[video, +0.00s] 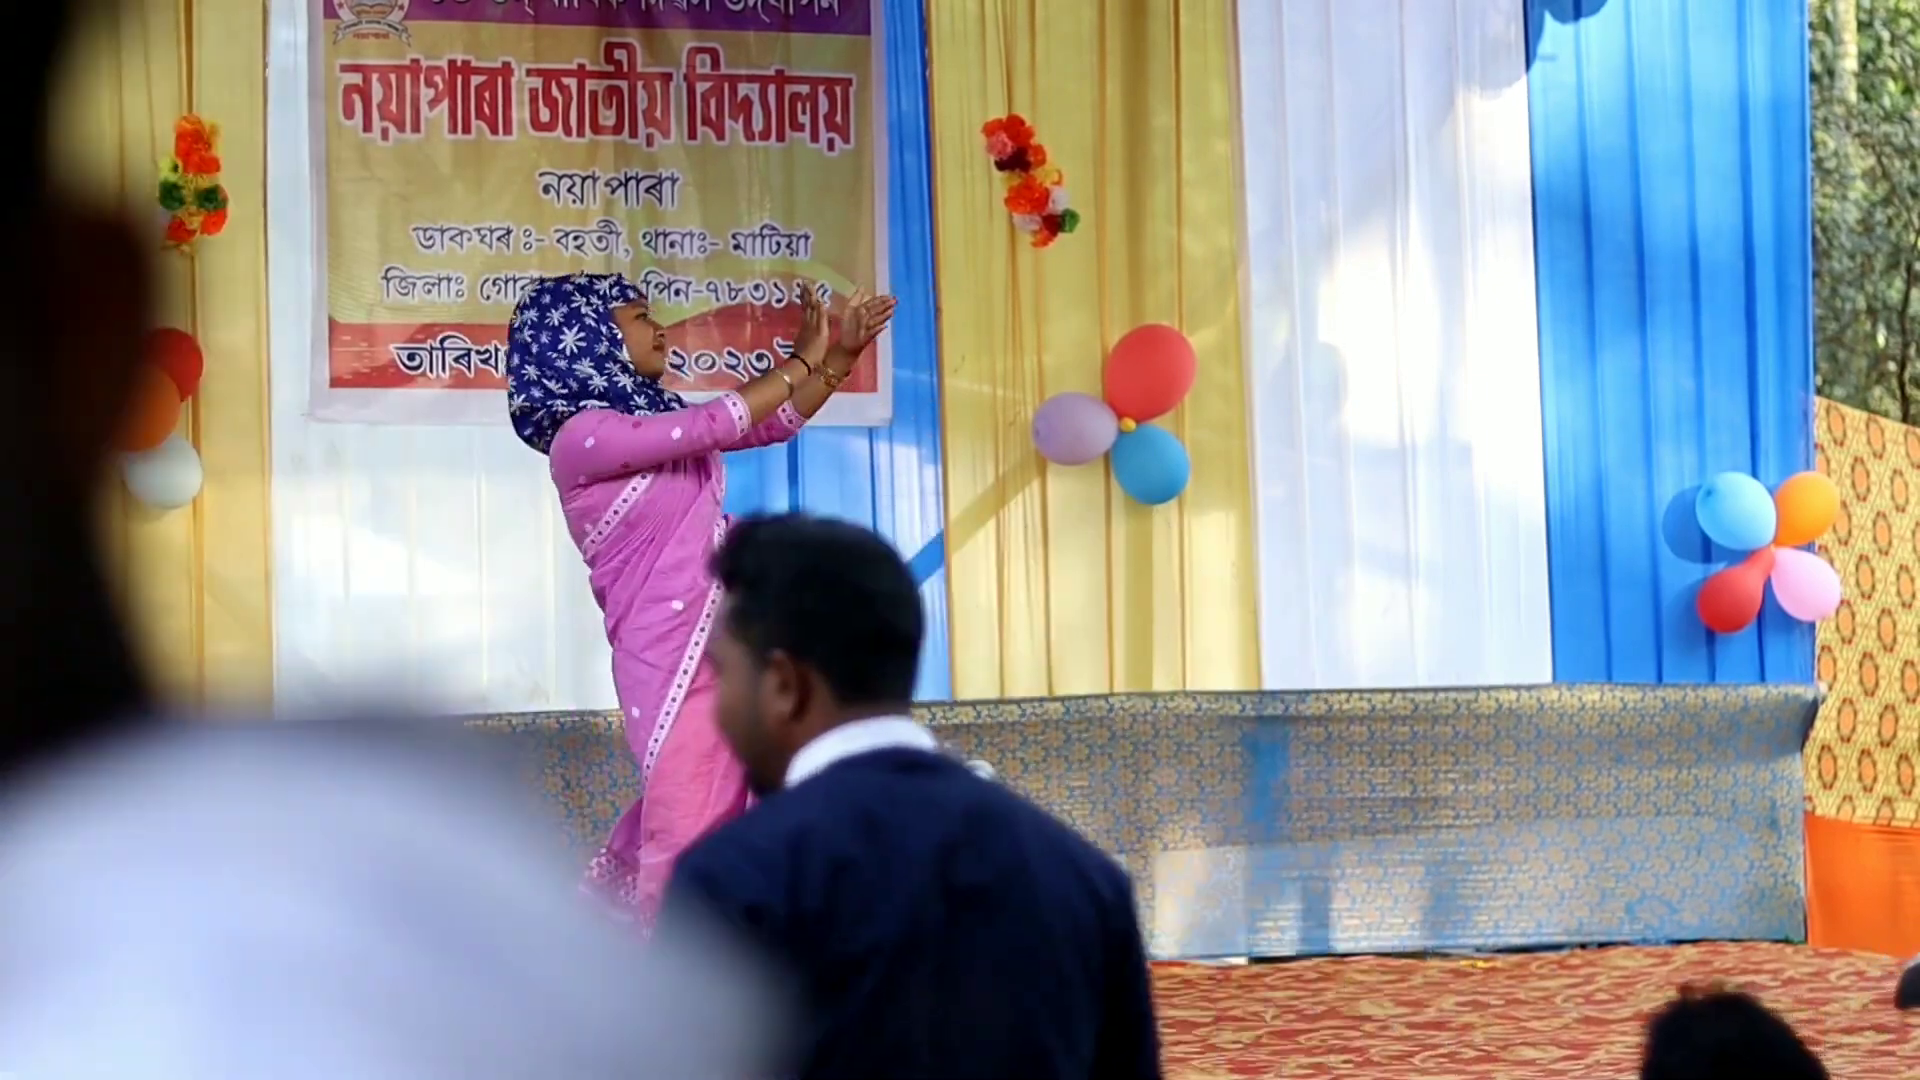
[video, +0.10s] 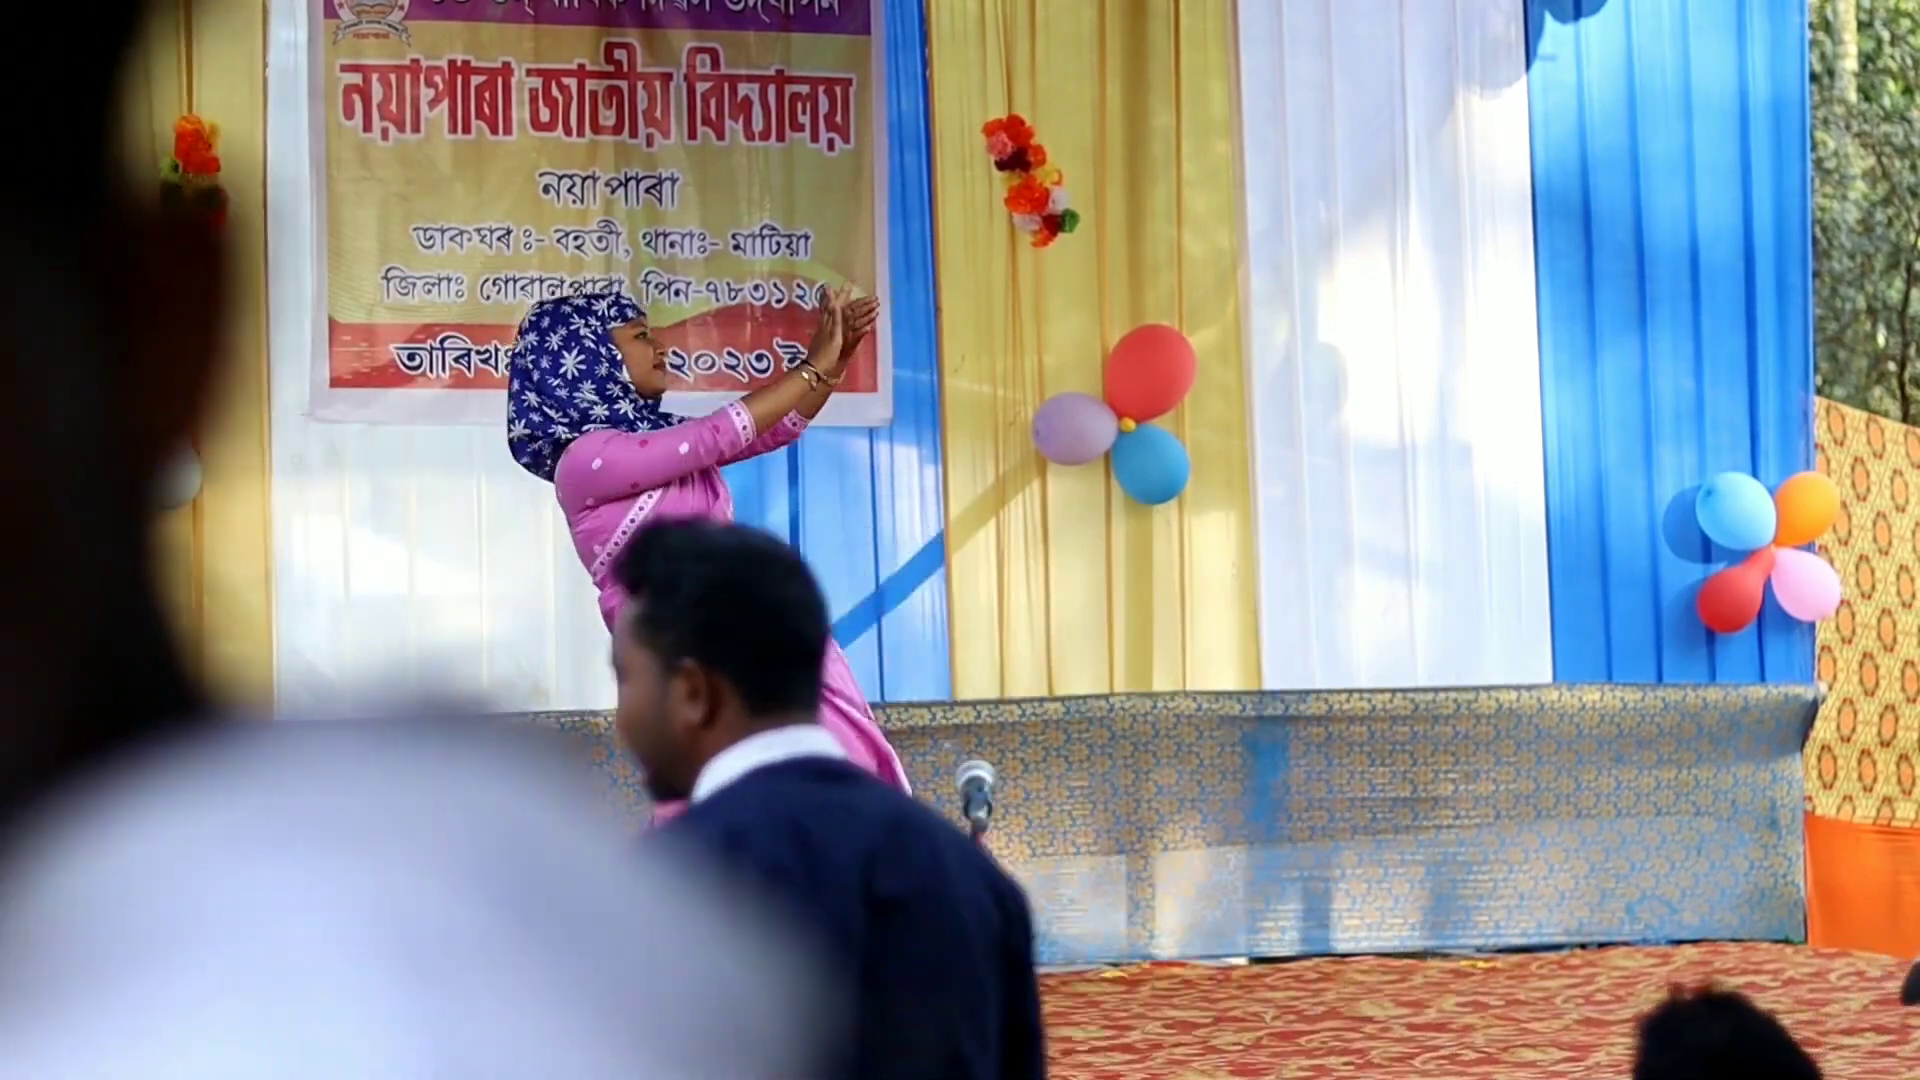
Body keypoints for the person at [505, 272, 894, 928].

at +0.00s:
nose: (660, 333)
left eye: (650, 318)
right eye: (640, 321)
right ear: (593, 342)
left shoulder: (658, 425)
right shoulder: (586, 437)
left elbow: (769, 425)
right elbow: (718, 421)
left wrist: (837, 359)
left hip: (725, 652)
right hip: (669, 666)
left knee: (729, 825)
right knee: (683, 833)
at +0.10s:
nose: (659, 348)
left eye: (651, 336)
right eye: (640, 337)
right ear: (589, 361)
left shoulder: (661, 441)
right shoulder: (588, 459)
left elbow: (773, 430)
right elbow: (718, 436)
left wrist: (837, 357)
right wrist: (816, 365)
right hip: (679, 654)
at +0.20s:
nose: (657, 338)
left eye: (648, 325)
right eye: (637, 327)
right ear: (590, 354)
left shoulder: (666, 420)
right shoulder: (582, 453)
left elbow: (779, 413)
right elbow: (677, 506)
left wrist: (857, 348)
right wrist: (751, 424)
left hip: (749, 640)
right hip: (680, 656)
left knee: (810, 803)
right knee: (707, 824)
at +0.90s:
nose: (675, 328)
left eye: (671, 314)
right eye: (654, 316)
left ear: (660, 328)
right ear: (604, 335)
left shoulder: (676, 420)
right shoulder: (594, 432)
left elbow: (772, 469)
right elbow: (681, 514)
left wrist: (868, 472)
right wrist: (795, 548)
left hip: (723, 653)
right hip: (647, 667)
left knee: (757, 828)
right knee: (669, 843)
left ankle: (766, 1028)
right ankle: (654, 1035)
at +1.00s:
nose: (679, 339)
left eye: (677, 326)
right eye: (657, 330)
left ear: (678, 341)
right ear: (611, 353)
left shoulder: (689, 435)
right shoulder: (612, 450)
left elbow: (772, 498)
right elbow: (632, 576)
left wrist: (862, 550)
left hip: (711, 669)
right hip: (631, 678)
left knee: (760, 839)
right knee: (659, 857)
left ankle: (759, 1041)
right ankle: (642, 1049)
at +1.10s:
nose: (682, 337)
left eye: (682, 325)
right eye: (657, 331)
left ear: (694, 340)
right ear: (617, 359)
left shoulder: (709, 442)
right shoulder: (615, 450)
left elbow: (798, 514)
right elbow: (572, 568)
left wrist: (890, 576)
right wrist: (541, 680)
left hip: (714, 690)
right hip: (625, 700)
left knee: (771, 856)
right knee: (647, 884)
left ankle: (755, 1054)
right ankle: (646, 1060)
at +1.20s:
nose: (691, 304)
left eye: (696, 290)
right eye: (667, 296)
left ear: (711, 303)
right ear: (631, 320)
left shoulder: (743, 410)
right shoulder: (609, 404)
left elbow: (825, 493)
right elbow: (521, 476)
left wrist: (924, 527)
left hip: (733, 653)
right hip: (632, 659)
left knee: (763, 831)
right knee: (643, 852)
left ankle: (759, 1040)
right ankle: (648, 1042)